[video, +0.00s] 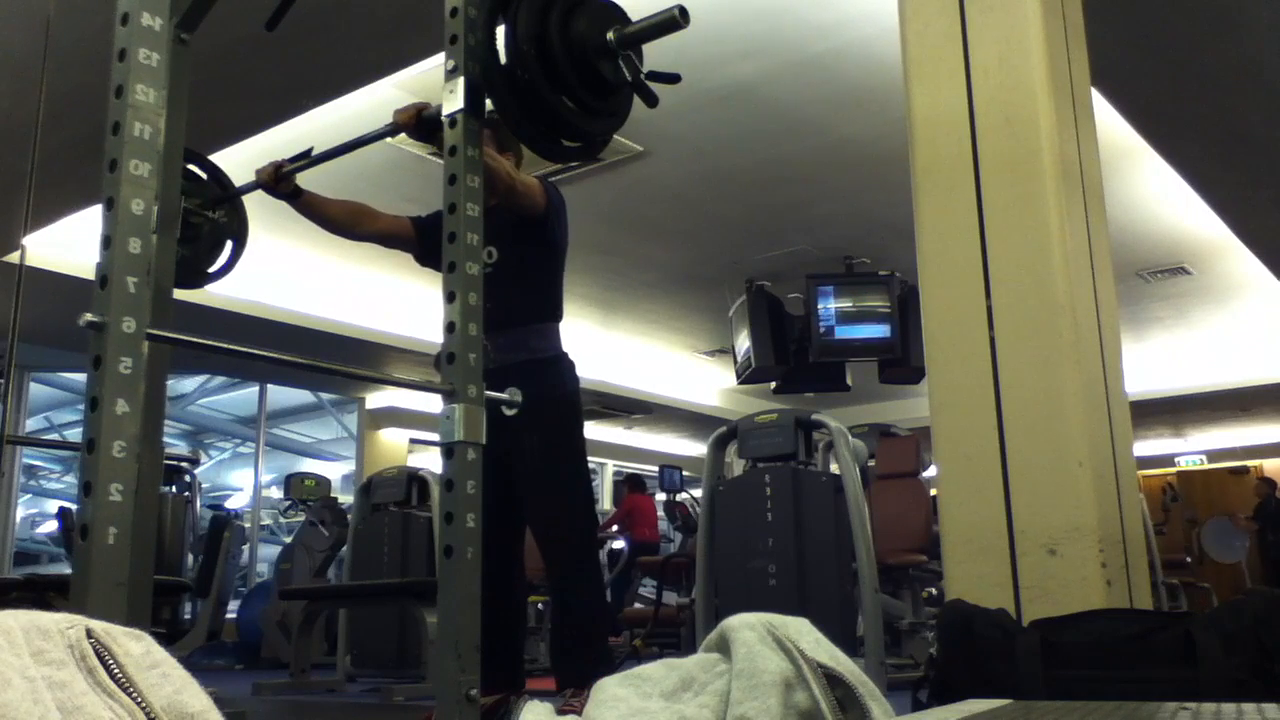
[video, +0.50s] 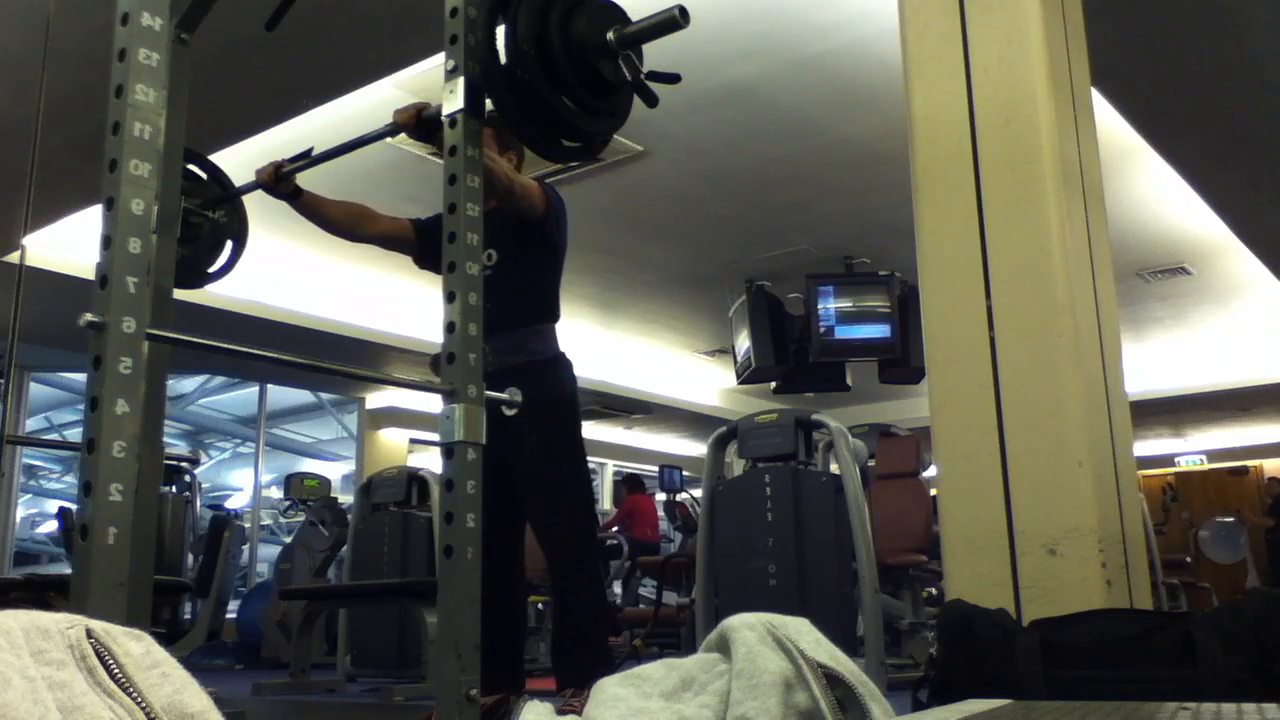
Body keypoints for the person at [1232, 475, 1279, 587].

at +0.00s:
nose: (1255, 487)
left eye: (1259, 485)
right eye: (1256, 484)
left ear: (1266, 489)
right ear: (1268, 489)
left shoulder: (1264, 505)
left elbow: (1255, 524)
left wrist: (1240, 522)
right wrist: (1244, 520)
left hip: (1268, 550)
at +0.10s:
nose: (1258, 489)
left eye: (1261, 486)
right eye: (1258, 486)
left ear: (1269, 488)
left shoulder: (1269, 503)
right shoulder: (1267, 502)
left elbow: (1259, 523)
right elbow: (1259, 519)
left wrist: (1242, 522)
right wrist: (1246, 518)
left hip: (1271, 548)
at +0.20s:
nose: (1260, 489)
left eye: (1263, 486)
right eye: (1260, 486)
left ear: (1272, 488)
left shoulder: (1272, 502)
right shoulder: (1268, 501)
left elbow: (1262, 523)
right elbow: (1261, 519)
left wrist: (1244, 523)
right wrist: (1247, 519)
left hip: (1272, 544)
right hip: (1270, 543)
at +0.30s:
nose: (1264, 488)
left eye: (1267, 485)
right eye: (1264, 485)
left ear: (1274, 487)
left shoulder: (1274, 502)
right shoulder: (1271, 501)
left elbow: (1267, 522)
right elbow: (1265, 518)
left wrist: (1247, 521)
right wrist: (1251, 517)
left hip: (1274, 543)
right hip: (1271, 542)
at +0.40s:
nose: (1267, 488)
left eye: (1270, 485)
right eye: (1267, 485)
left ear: (1276, 487)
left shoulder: (1276, 502)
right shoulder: (1272, 501)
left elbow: (1269, 521)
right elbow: (1267, 519)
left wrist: (1248, 520)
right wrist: (1252, 516)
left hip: (1275, 544)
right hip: (1271, 542)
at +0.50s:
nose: (1268, 488)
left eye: (1271, 486)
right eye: (1268, 486)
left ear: (1277, 487)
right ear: (1267, 487)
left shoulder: (1276, 502)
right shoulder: (1272, 503)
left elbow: (1270, 521)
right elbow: (1269, 520)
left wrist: (1252, 520)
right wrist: (1253, 519)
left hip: (1275, 545)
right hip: (1272, 544)